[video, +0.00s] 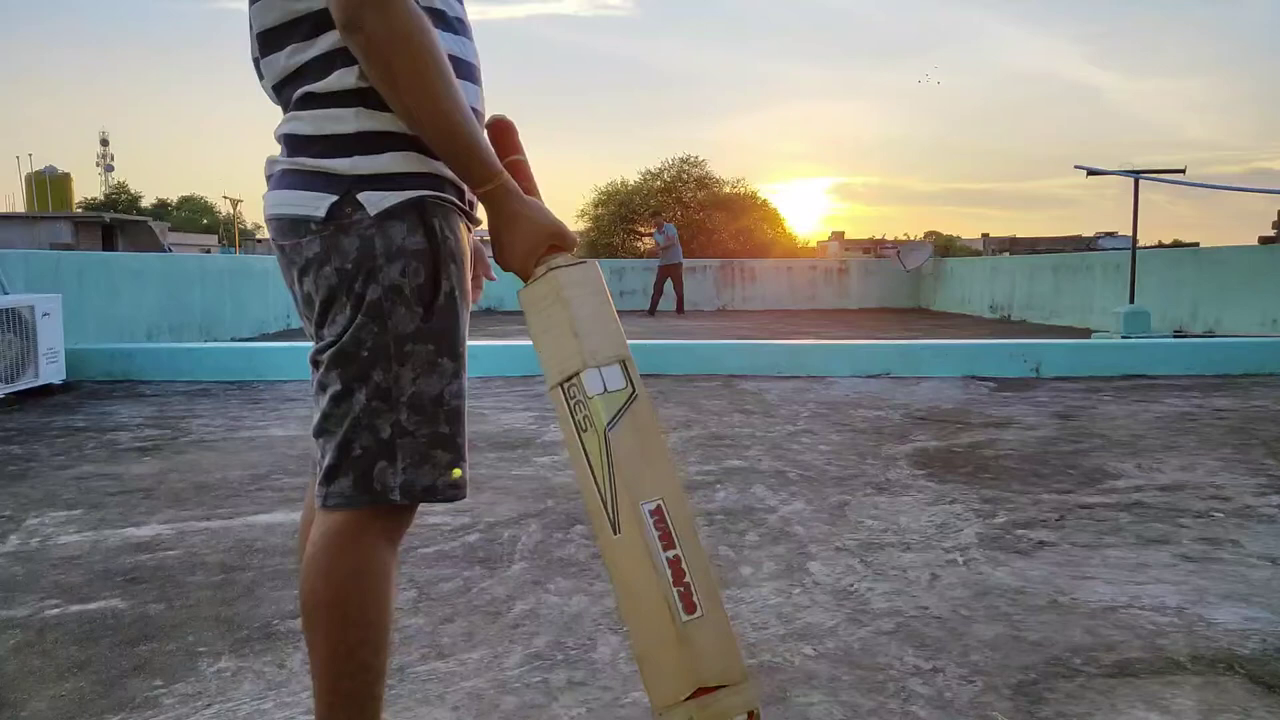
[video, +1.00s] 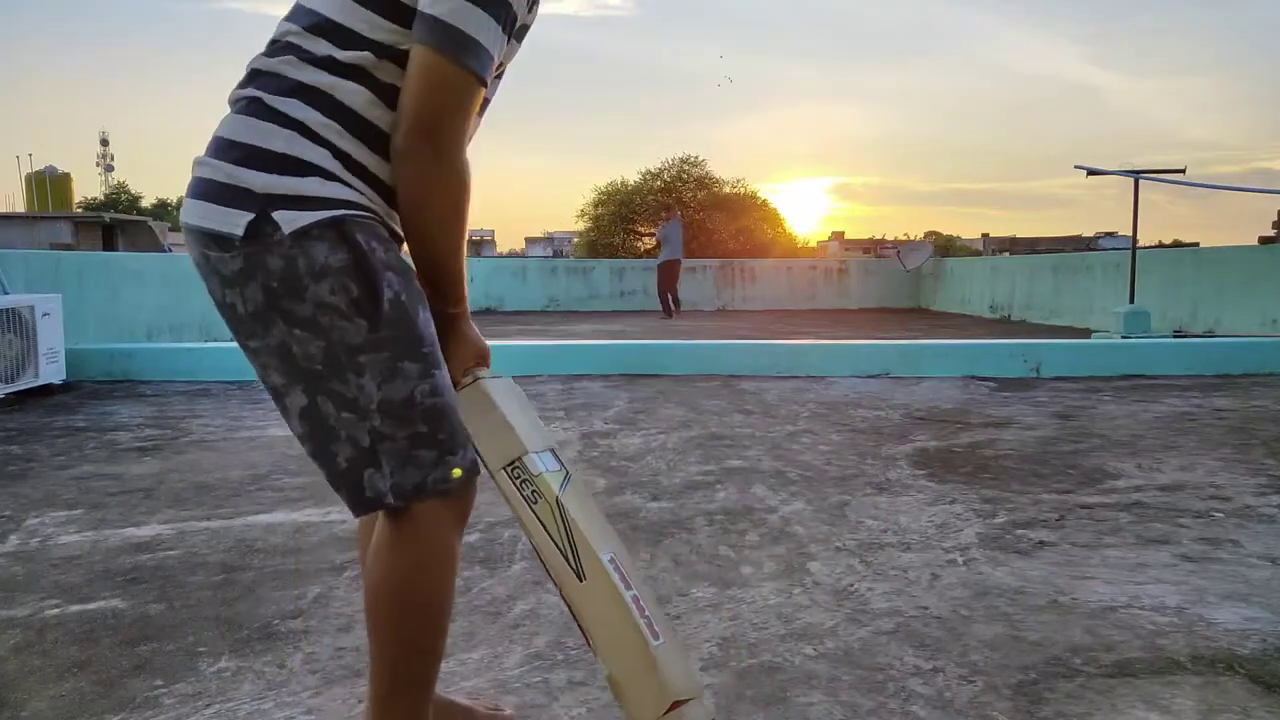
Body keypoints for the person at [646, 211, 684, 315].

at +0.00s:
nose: (655, 222)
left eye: (657, 219)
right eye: (653, 220)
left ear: (662, 218)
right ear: (653, 221)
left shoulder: (670, 227)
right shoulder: (656, 234)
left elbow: (673, 241)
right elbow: (658, 247)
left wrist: (660, 248)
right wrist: (654, 251)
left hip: (675, 261)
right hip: (664, 262)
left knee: (678, 289)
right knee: (658, 288)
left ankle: (680, 310)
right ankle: (651, 311)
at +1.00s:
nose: (664, 215)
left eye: (666, 212)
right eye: (664, 212)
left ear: (667, 213)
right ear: (674, 213)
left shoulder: (665, 227)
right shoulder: (677, 224)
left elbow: (658, 240)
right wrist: (641, 235)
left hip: (665, 258)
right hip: (676, 257)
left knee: (662, 288)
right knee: (672, 285)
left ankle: (667, 312)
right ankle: (677, 308)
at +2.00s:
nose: (689, 245)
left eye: (692, 242)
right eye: (688, 241)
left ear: (694, 245)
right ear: (685, 241)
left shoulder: (688, 254)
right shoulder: (676, 250)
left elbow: (672, 264)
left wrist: (660, 272)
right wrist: (680, 282)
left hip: (667, 266)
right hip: (653, 259)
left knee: (667, 290)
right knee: (639, 280)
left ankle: (662, 316)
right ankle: (630, 300)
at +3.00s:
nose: (698, 210)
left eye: (700, 208)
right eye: (696, 208)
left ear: (704, 210)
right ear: (693, 210)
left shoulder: (710, 224)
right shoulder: (687, 224)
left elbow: (716, 240)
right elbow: (678, 235)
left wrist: (719, 257)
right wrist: (671, 237)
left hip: (703, 263)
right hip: (688, 262)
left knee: (706, 292)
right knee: (685, 292)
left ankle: (710, 315)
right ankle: (682, 316)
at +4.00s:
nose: (693, 209)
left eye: (695, 206)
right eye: (691, 206)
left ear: (699, 208)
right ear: (687, 209)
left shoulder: (705, 222)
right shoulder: (683, 223)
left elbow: (709, 235)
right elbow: (681, 235)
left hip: (702, 261)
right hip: (687, 260)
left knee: (705, 291)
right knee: (686, 290)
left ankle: (709, 315)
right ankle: (682, 315)